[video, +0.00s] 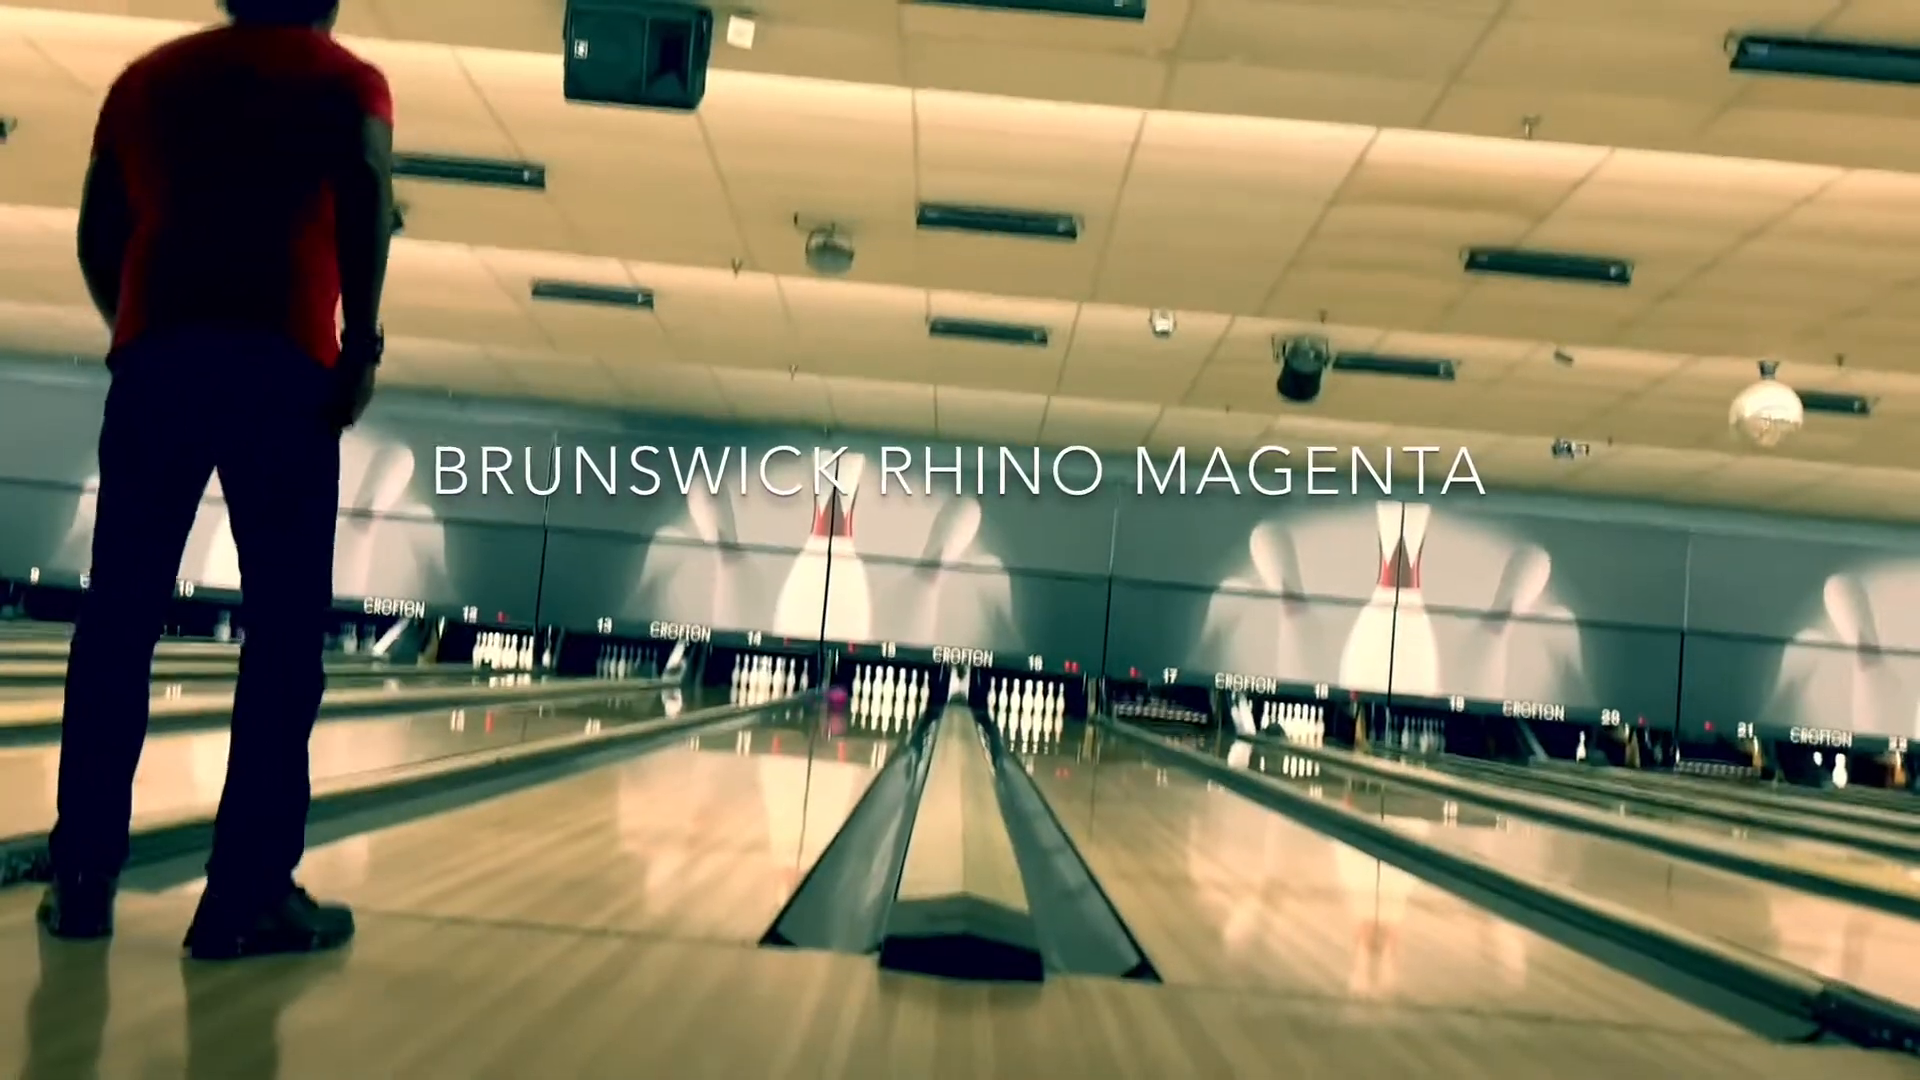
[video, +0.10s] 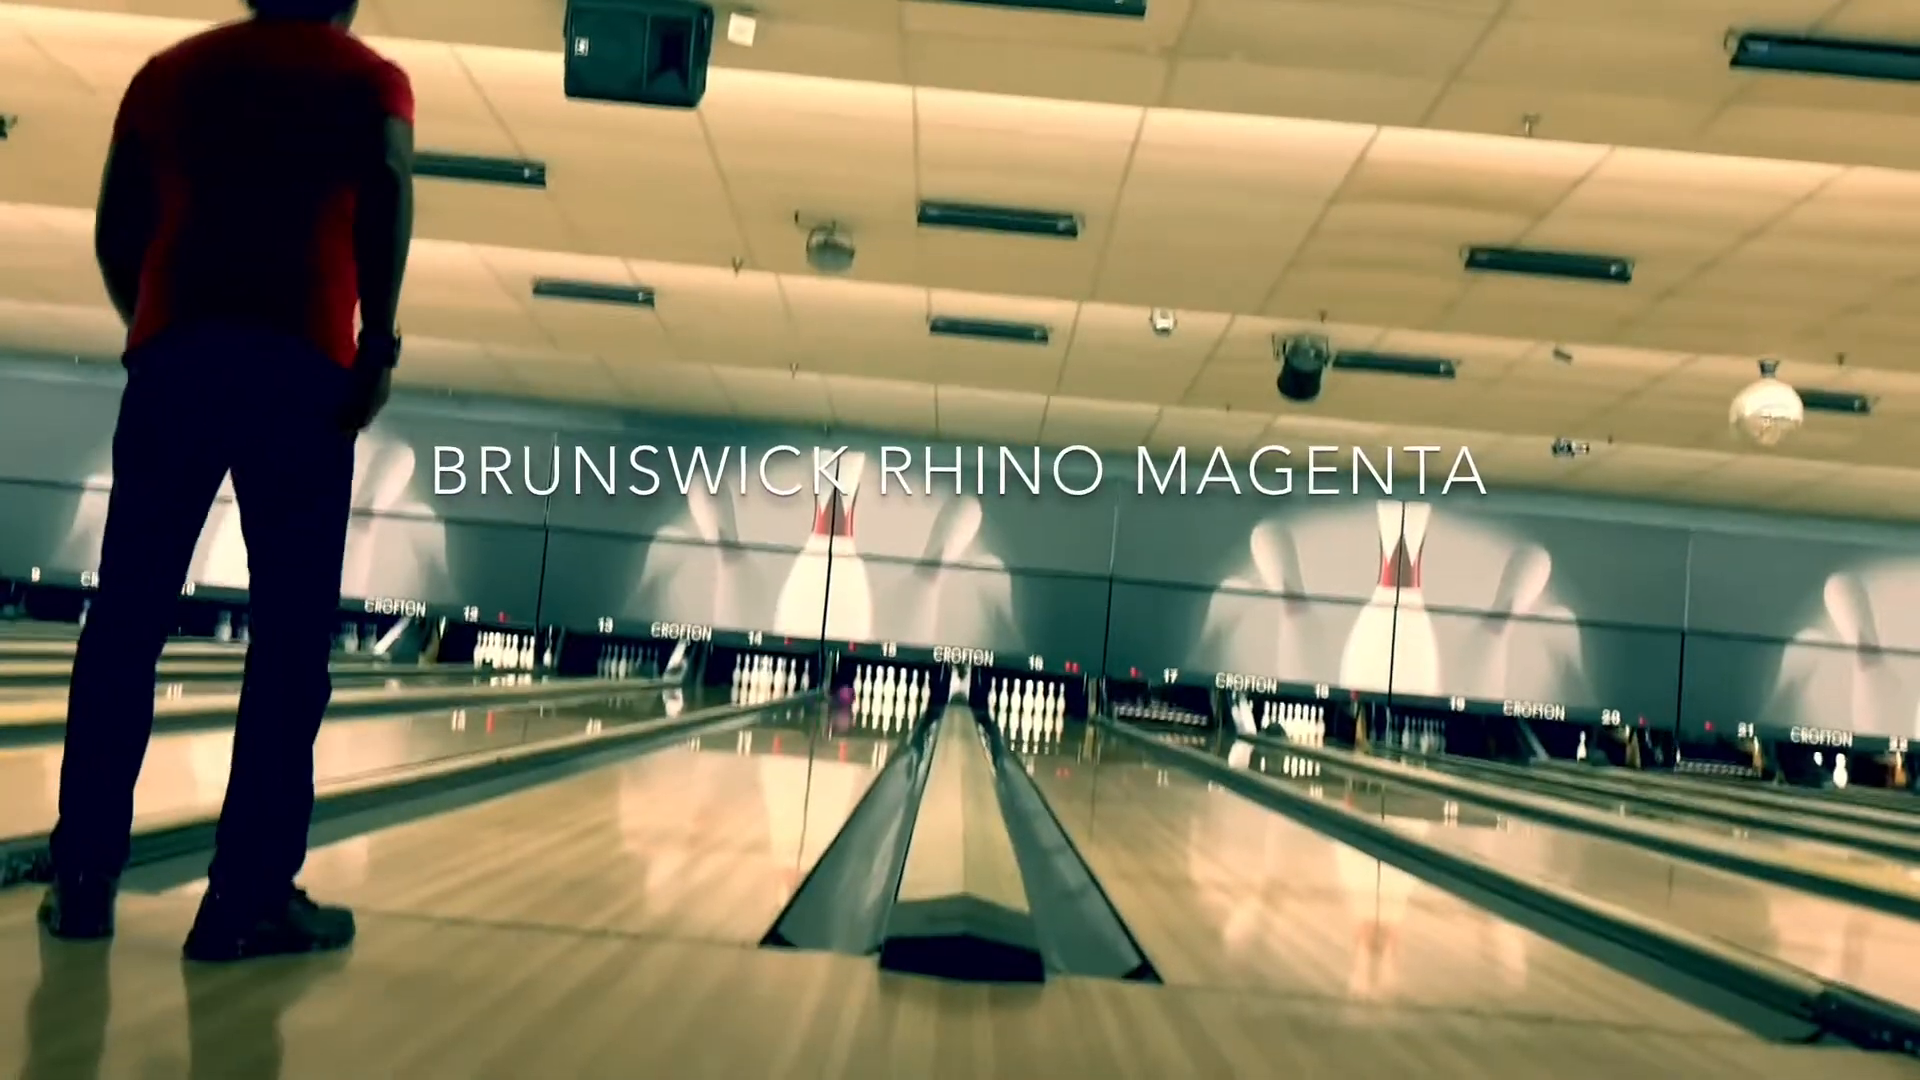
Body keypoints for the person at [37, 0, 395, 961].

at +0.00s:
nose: (333, 21)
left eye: (323, 17)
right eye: (333, 13)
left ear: (228, 1)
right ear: (323, 7)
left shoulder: (143, 78)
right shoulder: (348, 81)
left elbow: (97, 240)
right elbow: (365, 217)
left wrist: (146, 333)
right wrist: (362, 343)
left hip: (154, 377)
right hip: (282, 379)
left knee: (117, 621)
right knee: (284, 639)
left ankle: (80, 887)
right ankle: (246, 898)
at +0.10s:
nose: (355, 16)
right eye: (355, 9)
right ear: (346, 3)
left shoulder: (166, 70)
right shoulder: (372, 78)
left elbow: (114, 233)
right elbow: (385, 210)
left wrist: (160, 329)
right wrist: (379, 343)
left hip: (171, 374)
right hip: (300, 378)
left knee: (123, 625)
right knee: (290, 645)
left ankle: (82, 888)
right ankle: (248, 903)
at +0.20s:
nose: (373, 15)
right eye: (374, 9)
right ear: (367, 5)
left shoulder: (187, 70)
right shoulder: (396, 80)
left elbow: (134, 230)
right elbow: (408, 209)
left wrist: (177, 332)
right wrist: (401, 348)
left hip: (190, 372)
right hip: (319, 378)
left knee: (135, 622)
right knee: (298, 643)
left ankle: (81, 889)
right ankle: (248, 903)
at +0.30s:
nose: (398, 15)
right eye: (400, 9)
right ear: (391, 5)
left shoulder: (210, 66)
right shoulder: (416, 80)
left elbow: (152, 231)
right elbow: (427, 205)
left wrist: (204, 333)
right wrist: (423, 354)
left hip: (206, 376)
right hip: (335, 384)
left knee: (147, 620)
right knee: (307, 646)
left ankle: (82, 886)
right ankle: (249, 902)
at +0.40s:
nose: (416, 19)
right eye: (418, 12)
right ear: (408, 6)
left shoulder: (227, 68)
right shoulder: (432, 83)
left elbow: (170, 237)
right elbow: (444, 204)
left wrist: (223, 338)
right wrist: (441, 353)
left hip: (221, 376)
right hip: (350, 387)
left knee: (157, 624)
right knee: (315, 655)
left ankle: (84, 889)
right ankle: (249, 909)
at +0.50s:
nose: (434, 19)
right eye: (435, 12)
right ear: (422, 7)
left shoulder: (241, 65)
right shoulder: (446, 83)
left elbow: (185, 232)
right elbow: (460, 218)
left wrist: (239, 331)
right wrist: (452, 360)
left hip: (231, 373)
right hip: (359, 386)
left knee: (163, 622)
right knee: (320, 651)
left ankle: (85, 884)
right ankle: (250, 905)